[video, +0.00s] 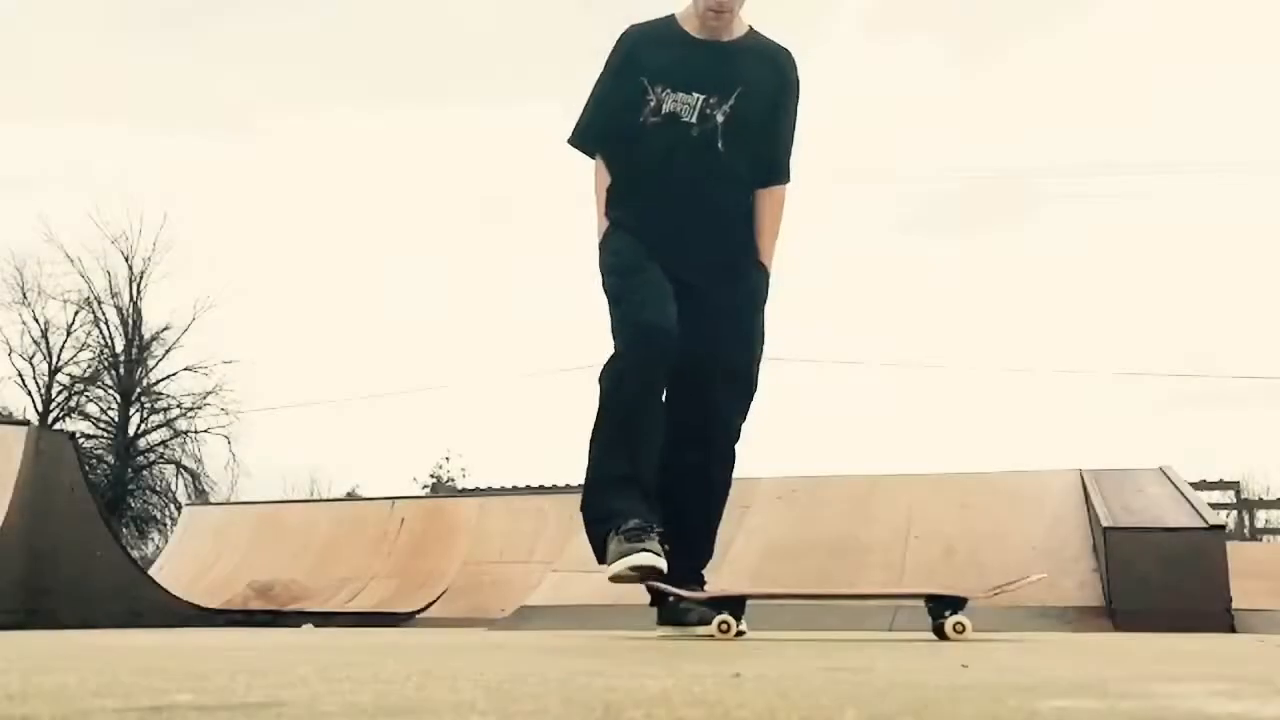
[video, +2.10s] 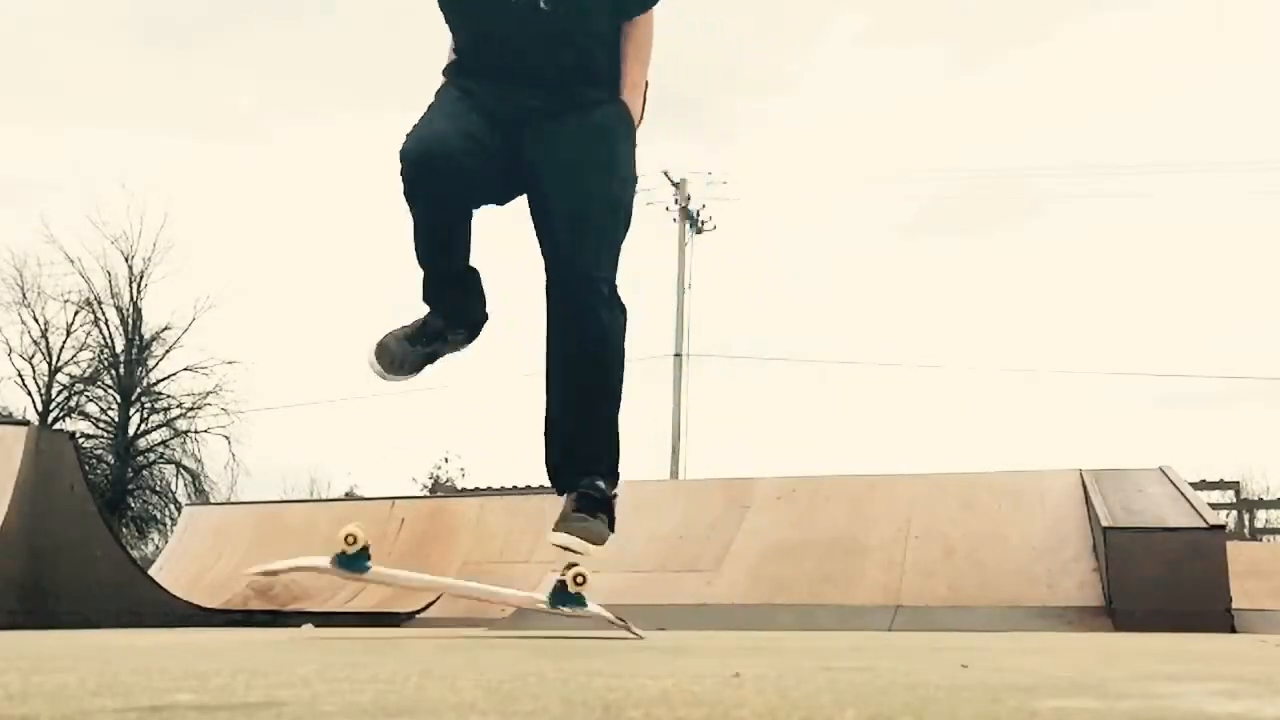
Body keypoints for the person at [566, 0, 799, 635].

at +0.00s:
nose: (717, 2)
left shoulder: (774, 66)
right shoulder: (640, 44)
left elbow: (771, 179)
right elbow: (608, 155)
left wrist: (761, 269)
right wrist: (608, 239)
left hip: (727, 258)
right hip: (639, 245)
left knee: (711, 415)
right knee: (650, 341)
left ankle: (684, 580)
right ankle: (629, 525)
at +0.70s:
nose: (712, 0)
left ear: (720, 1)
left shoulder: (724, 51)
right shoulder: (595, 20)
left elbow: (694, 165)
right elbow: (532, 136)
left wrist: (715, 249)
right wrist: (555, 250)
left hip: (683, 254)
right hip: (594, 257)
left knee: (753, 390)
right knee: (615, 408)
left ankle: (754, 550)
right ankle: (597, 581)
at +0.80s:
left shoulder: (738, 7)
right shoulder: (586, 8)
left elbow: (711, 101)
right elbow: (549, 85)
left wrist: (715, 197)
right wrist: (556, 191)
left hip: (689, 189)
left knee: (727, 329)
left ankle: (690, 474)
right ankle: (594, 564)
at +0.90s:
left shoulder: (744, 6)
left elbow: (738, 64)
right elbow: (560, 34)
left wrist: (727, 154)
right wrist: (554, 125)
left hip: (692, 140)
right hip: (595, 129)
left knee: (682, 296)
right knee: (606, 277)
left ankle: (653, 478)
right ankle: (569, 468)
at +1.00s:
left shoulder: (755, 6)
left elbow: (753, 49)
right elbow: (572, 16)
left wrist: (734, 137)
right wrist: (559, 90)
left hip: (688, 107)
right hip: (595, 89)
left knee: (666, 293)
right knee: (583, 208)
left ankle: (641, 481)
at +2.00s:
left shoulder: (664, 8)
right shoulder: (495, 4)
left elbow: (673, 46)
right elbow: (499, 53)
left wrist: (663, 154)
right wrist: (489, 136)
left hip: (622, 128)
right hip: (523, 122)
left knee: (606, 318)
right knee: (480, 213)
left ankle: (599, 496)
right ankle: (459, 368)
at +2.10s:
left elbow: (637, 14)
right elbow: (464, 34)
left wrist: (625, 117)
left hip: (583, 100)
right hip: (481, 90)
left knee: (584, 290)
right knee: (429, 158)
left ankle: (589, 486)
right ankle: (454, 313)